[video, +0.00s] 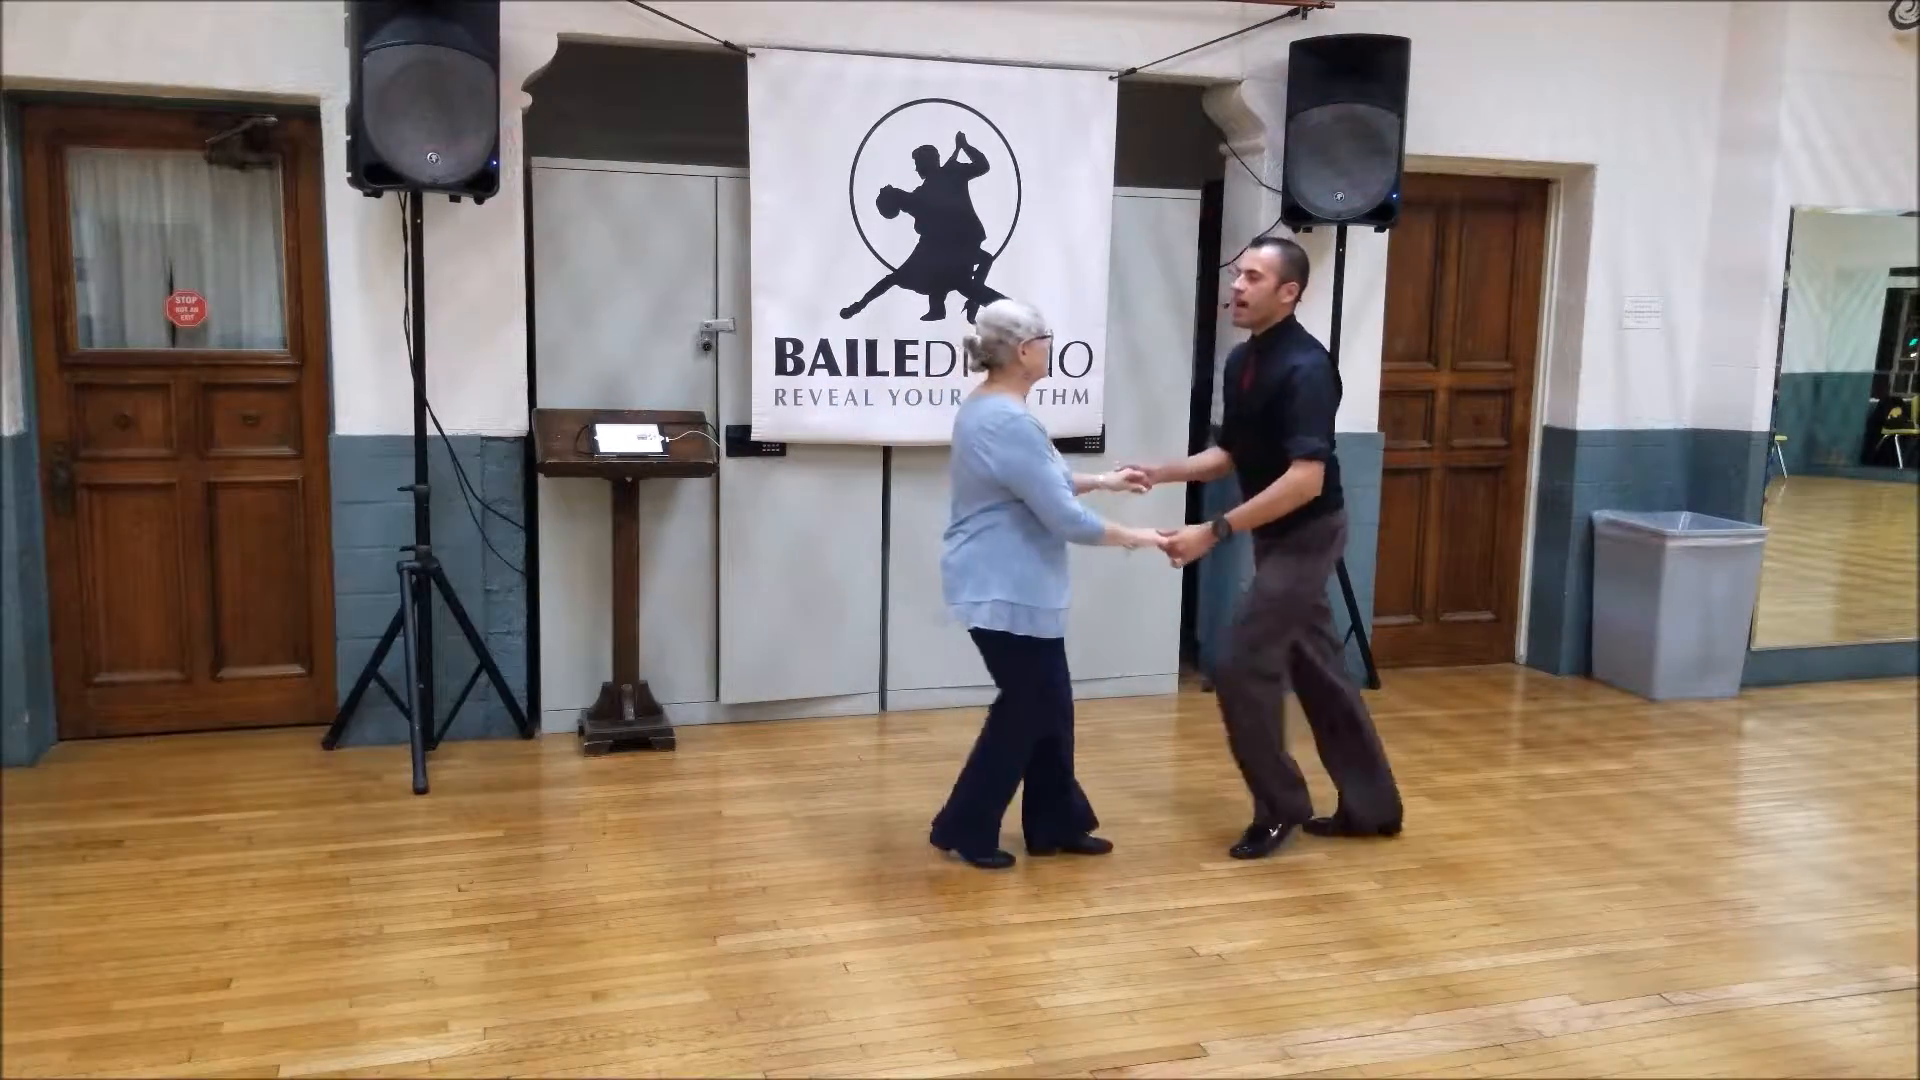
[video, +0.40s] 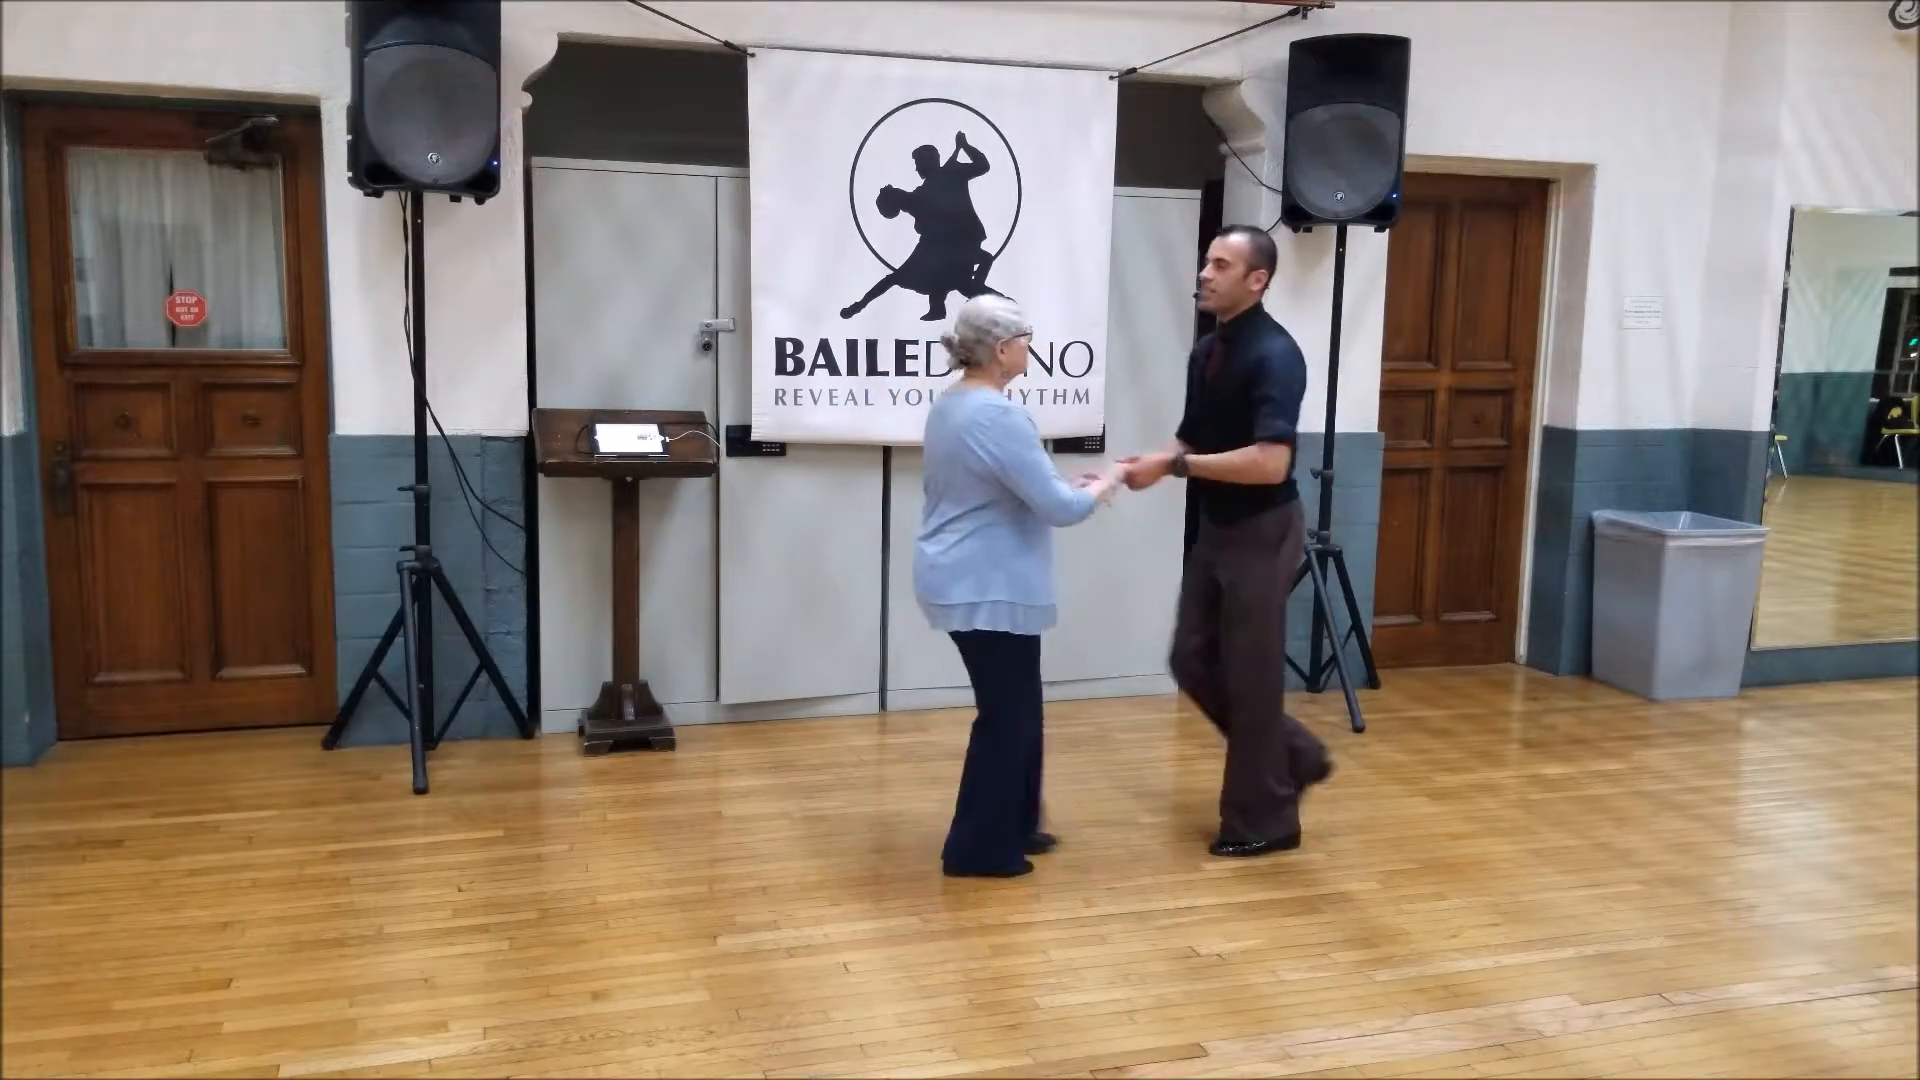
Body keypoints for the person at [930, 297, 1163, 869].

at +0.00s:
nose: (1049, 350)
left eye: (1046, 340)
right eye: (1042, 341)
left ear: (1006, 352)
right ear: (1017, 351)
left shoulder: (986, 412)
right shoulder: (1006, 422)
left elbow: (1041, 484)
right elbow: (1065, 518)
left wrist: (1103, 481)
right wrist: (1135, 536)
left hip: (1011, 584)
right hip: (1007, 588)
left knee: (1049, 703)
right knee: (1031, 703)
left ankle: (1055, 824)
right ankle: (963, 827)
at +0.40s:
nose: (1030, 349)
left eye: (1028, 339)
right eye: (1023, 340)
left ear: (982, 348)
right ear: (997, 347)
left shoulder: (948, 408)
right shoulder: (999, 416)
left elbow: (1006, 488)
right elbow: (1058, 504)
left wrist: (1069, 483)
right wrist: (1097, 490)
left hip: (960, 584)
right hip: (997, 592)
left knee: (1009, 714)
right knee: (1012, 721)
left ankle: (1011, 824)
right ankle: (982, 850)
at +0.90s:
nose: (936, 350)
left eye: (933, 341)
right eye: (928, 342)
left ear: (884, 353)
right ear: (898, 351)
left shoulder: (851, 406)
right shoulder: (896, 421)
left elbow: (894, 483)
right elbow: (907, 519)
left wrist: (956, 494)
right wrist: (971, 538)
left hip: (830, 590)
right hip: (877, 596)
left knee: (842, 710)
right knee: (924, 703)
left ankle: (818, 846)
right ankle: (893, 848)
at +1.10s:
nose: (899, 347)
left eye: (896, 337)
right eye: (891, 338)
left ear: (850, 347)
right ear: (861, 345)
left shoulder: (822, 400)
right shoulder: (852, 412)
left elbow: (860, 492)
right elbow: (858, 507)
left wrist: (926, 499)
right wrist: (923, 526)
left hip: (808, 580)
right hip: (831, 588)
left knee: (821, 717)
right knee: (819, 721)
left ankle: (821, 847)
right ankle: (714, 827)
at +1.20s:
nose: (886, 347)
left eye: (883, 337)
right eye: (877, 338)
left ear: (841, 348)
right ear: (847, 348)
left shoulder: (820, 401)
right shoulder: (836, 413)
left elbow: (856, 496)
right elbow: (844, 513)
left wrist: (919, 500)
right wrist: (919, 529)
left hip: (818, 588)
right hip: (804, 589)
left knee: (824, 715)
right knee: (770, 716)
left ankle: (820, 844)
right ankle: (683, 843)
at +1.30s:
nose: (880, 350)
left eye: (877, 340)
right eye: (872, 341)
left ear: (835, 352)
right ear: (842, 351)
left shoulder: (809, 404)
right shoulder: (829, 417)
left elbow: (846, 499)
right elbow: (839, 519)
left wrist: (907, 505)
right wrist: (912, 532)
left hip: (812, 593)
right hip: (792, 593)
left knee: (825, 715)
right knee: (745, 725)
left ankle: (820, 843)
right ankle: (675, 850)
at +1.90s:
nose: (913, 352)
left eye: (911, 341)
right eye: (906, 342)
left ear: (858, 346)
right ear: (879, 347)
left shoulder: (823, 403)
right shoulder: (891, 418)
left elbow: (926, 460)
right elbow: (973, 482)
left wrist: (1014, 455)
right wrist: (1050, 458)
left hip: (813, 590)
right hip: (883, 596)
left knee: (808, 724)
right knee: (909, 719)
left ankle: (784, 856)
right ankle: (910, 847)